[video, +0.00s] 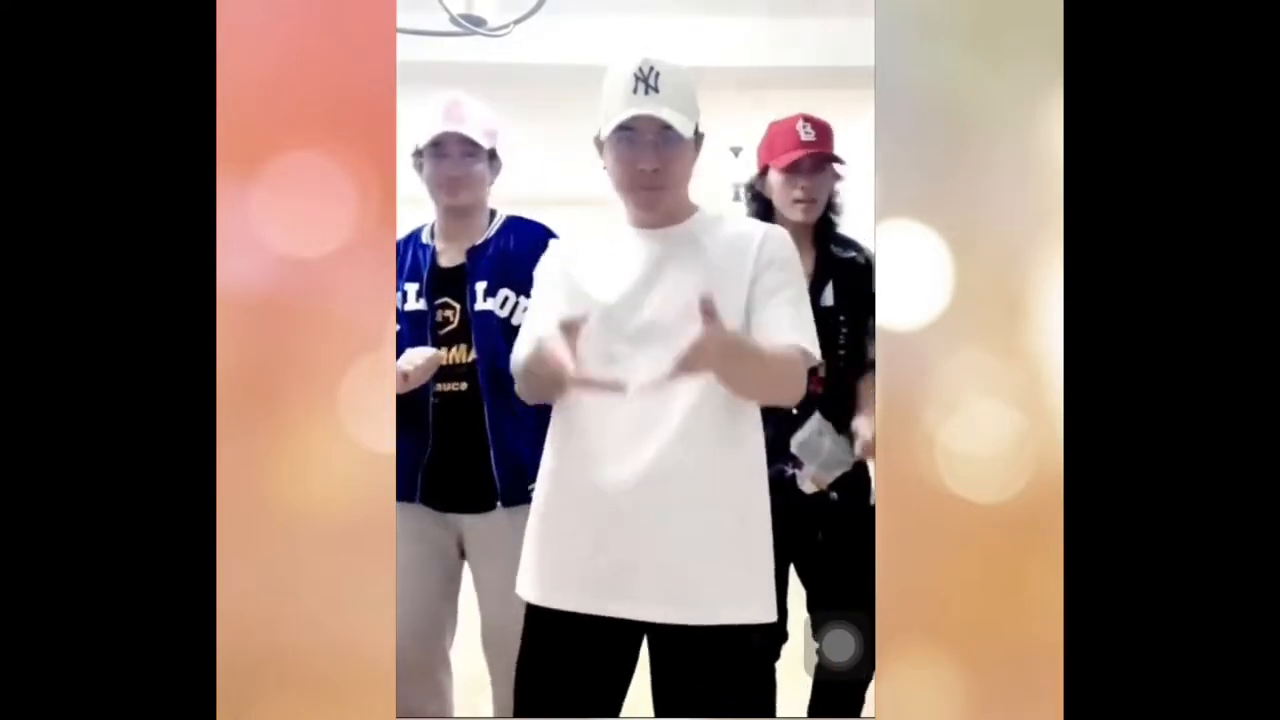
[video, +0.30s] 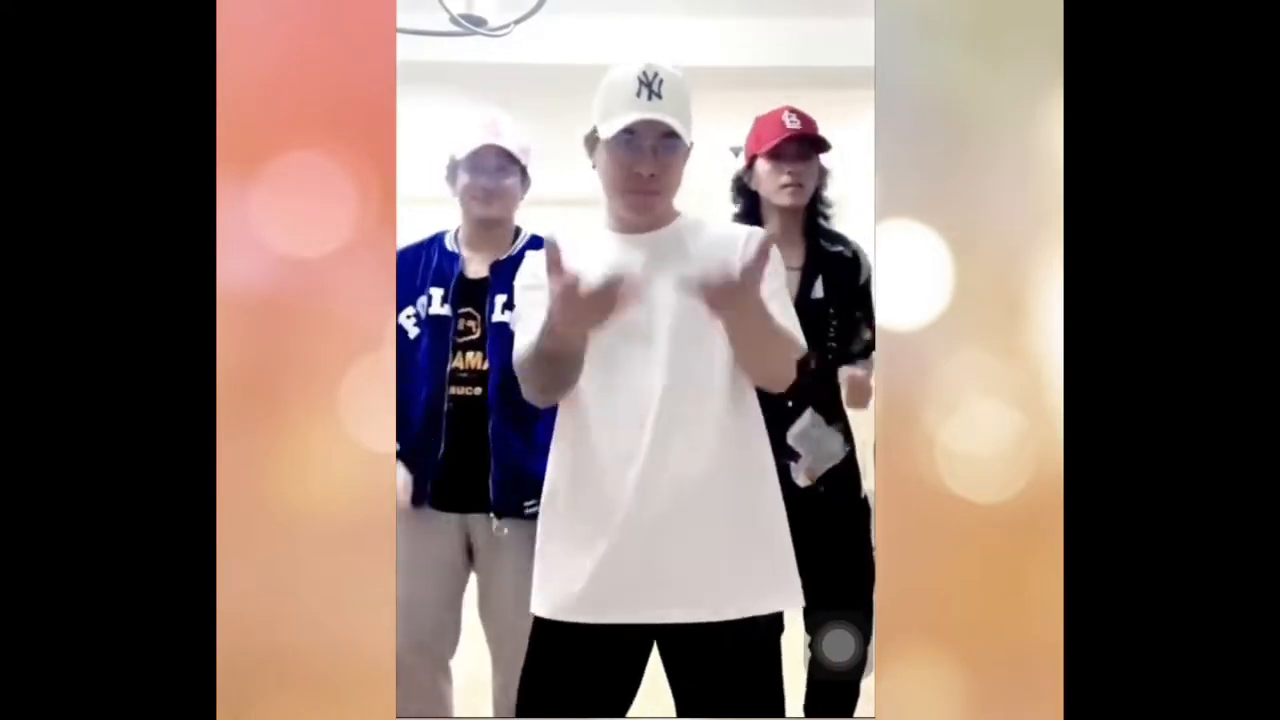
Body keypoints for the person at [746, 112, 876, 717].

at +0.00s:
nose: (806, 183)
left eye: (818, 170)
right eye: (791, 171)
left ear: (833, 180)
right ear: (764, 180)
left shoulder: (855, 266)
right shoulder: (736, 258)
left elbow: (866, 365)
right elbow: (718, 361)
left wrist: (865, 425)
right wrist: (733, 443)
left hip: (837, 485)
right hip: (752, 482)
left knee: (849, 651)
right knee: (750, 644)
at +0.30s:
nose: (792, 170)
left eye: (804, 158)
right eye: (777, 158)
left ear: (820, 170)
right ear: (750, 171)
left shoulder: (843, 260)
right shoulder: (722, 255)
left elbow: (864, 379)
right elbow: (703, 360)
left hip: (826, 470)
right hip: (740, 467)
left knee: (843, 636)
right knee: (743, 632)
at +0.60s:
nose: (791, 160)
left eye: (798, 150)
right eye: (773, 148)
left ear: (806, 167)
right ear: (741, 161)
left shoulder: (821, 253)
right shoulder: (708, 247)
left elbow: (850, 376)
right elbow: (689, 347)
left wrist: (830, 351)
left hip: (813, 448)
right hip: (730, 452)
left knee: (843, 627)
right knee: (745, 623)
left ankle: (832, 719)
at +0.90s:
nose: (784, 160)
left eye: (794, 151)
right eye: (768, 150)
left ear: (803, 167)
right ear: (738, 165)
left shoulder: (822, 258)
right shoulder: (704, 249)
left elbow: (840, 370)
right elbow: (682, 345)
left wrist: (833, 358)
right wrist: (748, 386)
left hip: (810, 463)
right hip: (730, 463)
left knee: (835, 643)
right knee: (740, 636)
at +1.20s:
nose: (772, 159)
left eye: (783, 150)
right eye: (760, 151)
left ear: (802, 166)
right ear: (740, 168)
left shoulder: (835, 257)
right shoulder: (716, 255)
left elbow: (857, 366)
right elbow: (700, 344)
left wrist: (775, 349)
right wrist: (762, 379)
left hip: (813, 475)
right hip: (729, 476)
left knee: (836, 648)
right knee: (731, 646)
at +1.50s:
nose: (778, 164)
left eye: (790, 154)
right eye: (764, 157)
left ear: (812, 170)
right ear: (745, 177)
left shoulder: (851, 256)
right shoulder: (723, 256)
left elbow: (863, 364)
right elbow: (707, 351)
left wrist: (789, 360)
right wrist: (771, 373)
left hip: (819, 470)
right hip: (733, 468)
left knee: (828, 639)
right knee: (741, 638)